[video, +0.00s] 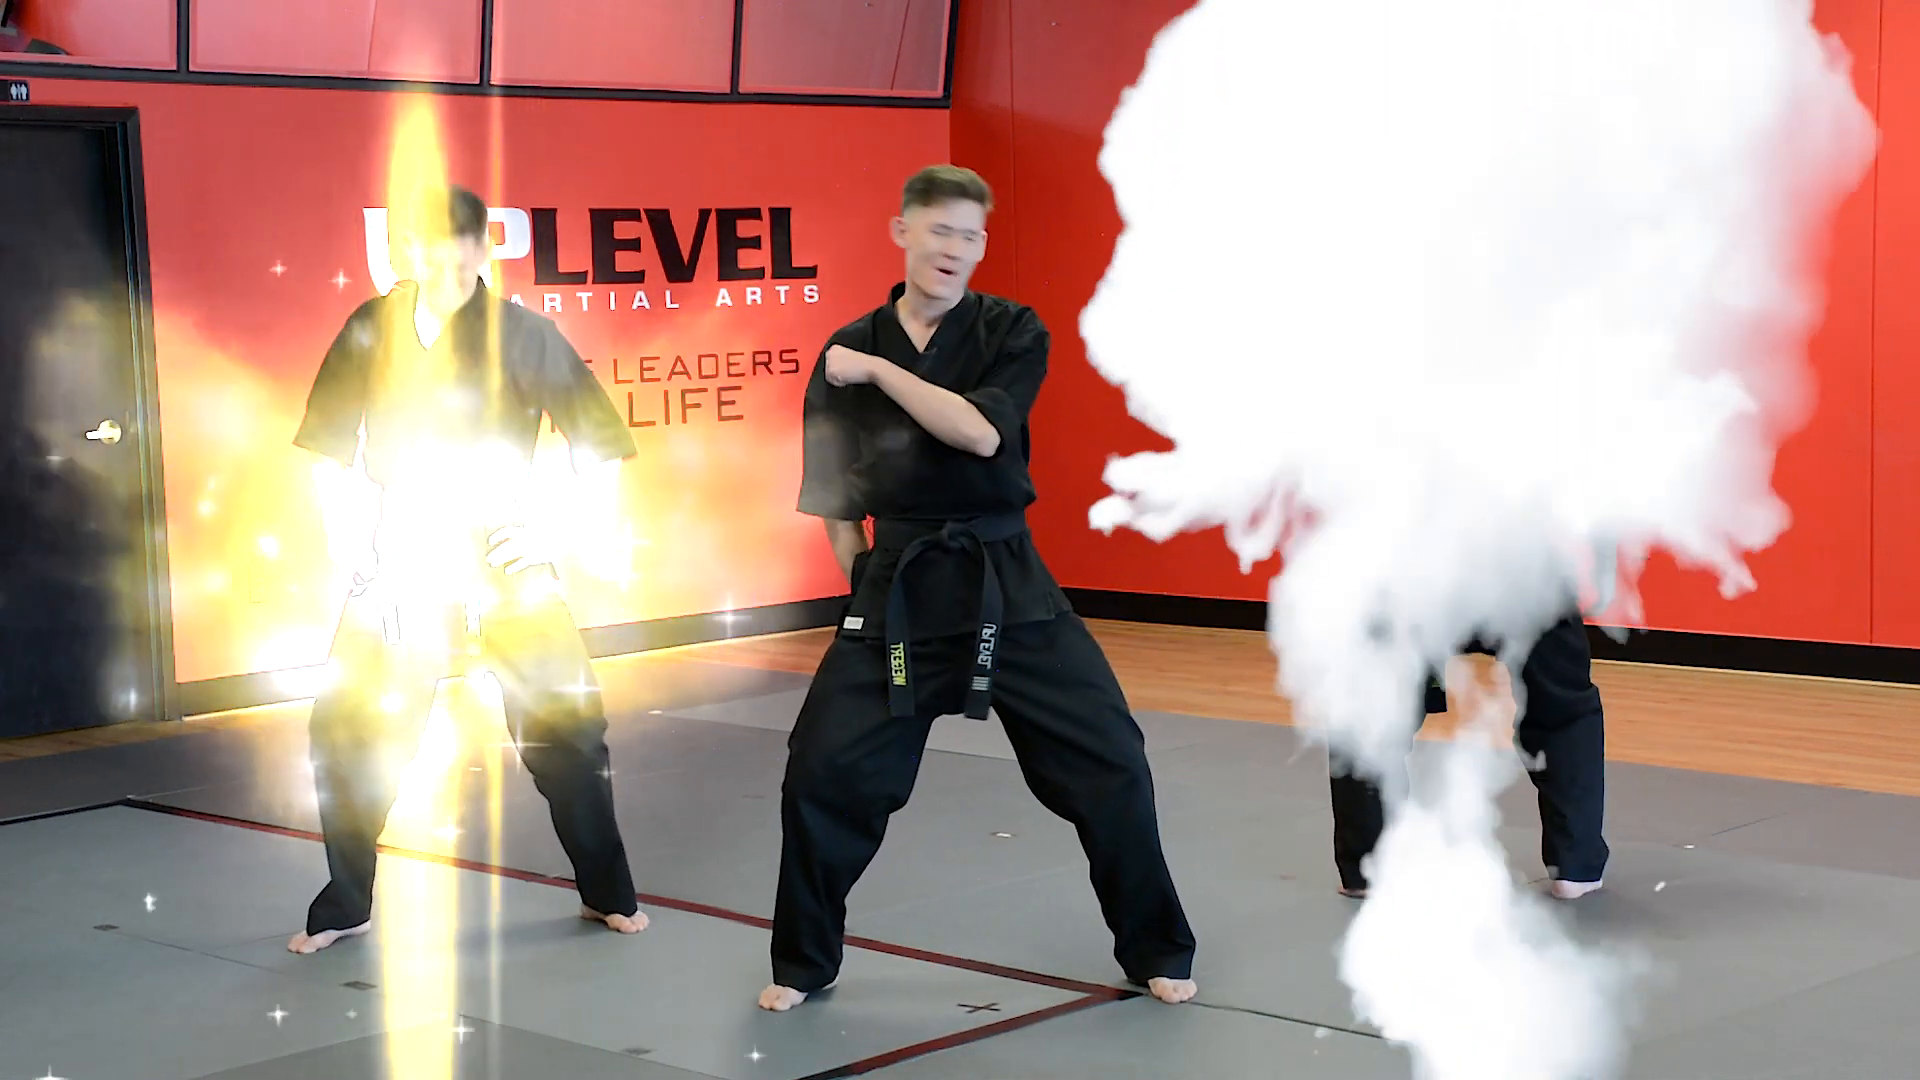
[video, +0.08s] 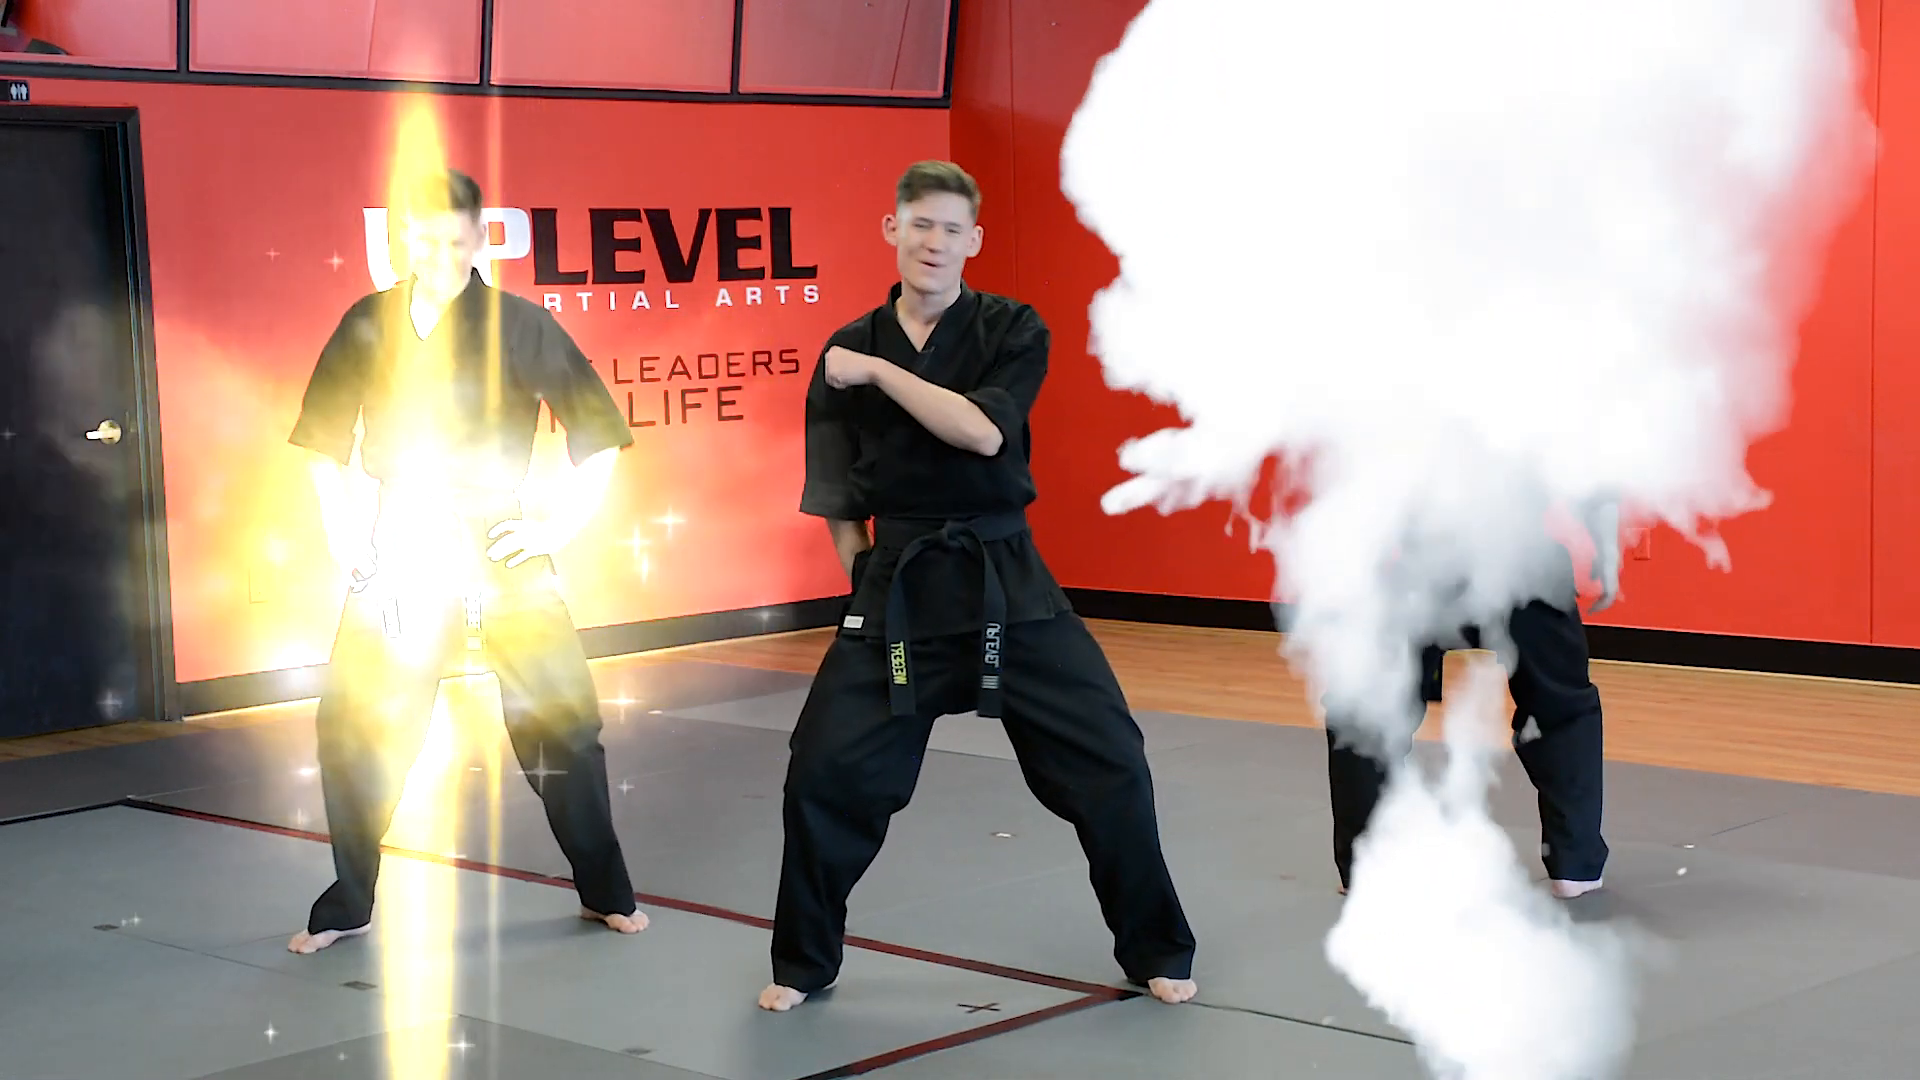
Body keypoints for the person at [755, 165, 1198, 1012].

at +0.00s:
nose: (956, 250)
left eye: (971, 237)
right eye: (941, 231)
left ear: (984, 249)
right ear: (901, 234)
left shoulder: (1014, 333)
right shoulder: (850, 348)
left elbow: (982, 431)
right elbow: (830, 493)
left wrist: (875, 368)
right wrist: (869, 590)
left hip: (1008, 575)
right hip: (898, 582)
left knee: (1110, 759)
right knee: (825, 768)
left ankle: (1155, 947)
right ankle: (804, 960)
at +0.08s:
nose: (936, 242)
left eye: (953, 228)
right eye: (922, 225)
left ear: (974, 242)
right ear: (892, 232)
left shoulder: (1014, 330)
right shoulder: (849, 350)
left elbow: (983, 430)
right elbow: (839, 502)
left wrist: (875, 369)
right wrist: (872, 598)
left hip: (1008, 575)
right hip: (899, 584)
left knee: (1110, 759)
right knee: (826, 769)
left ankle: (1156, 946)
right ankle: (804, 961)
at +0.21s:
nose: (924, 237)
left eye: (941, 224)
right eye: (910, 222)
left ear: (968, 236)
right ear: (887, 233)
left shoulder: (1015, 328)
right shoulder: (852, 353)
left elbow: (998, 432)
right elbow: (839, 501)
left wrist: (882, 388)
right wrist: (869, 600)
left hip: (1009, 573)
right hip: (899, 581)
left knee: (1110, 759)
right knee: (828, 766)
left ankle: (1156, 947)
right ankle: (804, 960)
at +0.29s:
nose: (922, 235)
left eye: (939, 221)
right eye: (908, 220)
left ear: (967, 233)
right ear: (886, 232)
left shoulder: (1017, 328)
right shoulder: (852, 356)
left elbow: (1007, 437)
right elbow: (842, 507)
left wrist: (887, 409)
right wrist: (869, 602)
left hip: (1009, 575)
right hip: (898, 584)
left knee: (1110, 760)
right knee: (827, 768)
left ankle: (1155, 947)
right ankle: (804, 959)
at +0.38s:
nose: (920, 233)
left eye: (937, 218)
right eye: (907, 218)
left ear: (966, 231)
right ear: (886, 231)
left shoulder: (1016, 327)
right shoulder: (853, 357)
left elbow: (1019, 445)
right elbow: (844, 509)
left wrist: (893, 439)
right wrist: (867, 607)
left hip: (1009, 576)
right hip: (898, 586)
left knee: (1110, 760)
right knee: (827, 768)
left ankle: (1156, 947)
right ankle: (804, 958)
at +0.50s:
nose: (922, 231)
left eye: (939, 217)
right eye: (909, 216)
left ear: (967, 231)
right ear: (886, 229)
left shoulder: (1016, 329)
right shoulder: (853, 356)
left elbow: (1033, 459)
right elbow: (849, 509)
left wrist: (915, 493)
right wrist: (877, 609)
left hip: (1011, 582)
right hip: (896, 591)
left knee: (1110, 761)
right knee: (827, 768)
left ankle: (1156, 947)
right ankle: (805, 959)